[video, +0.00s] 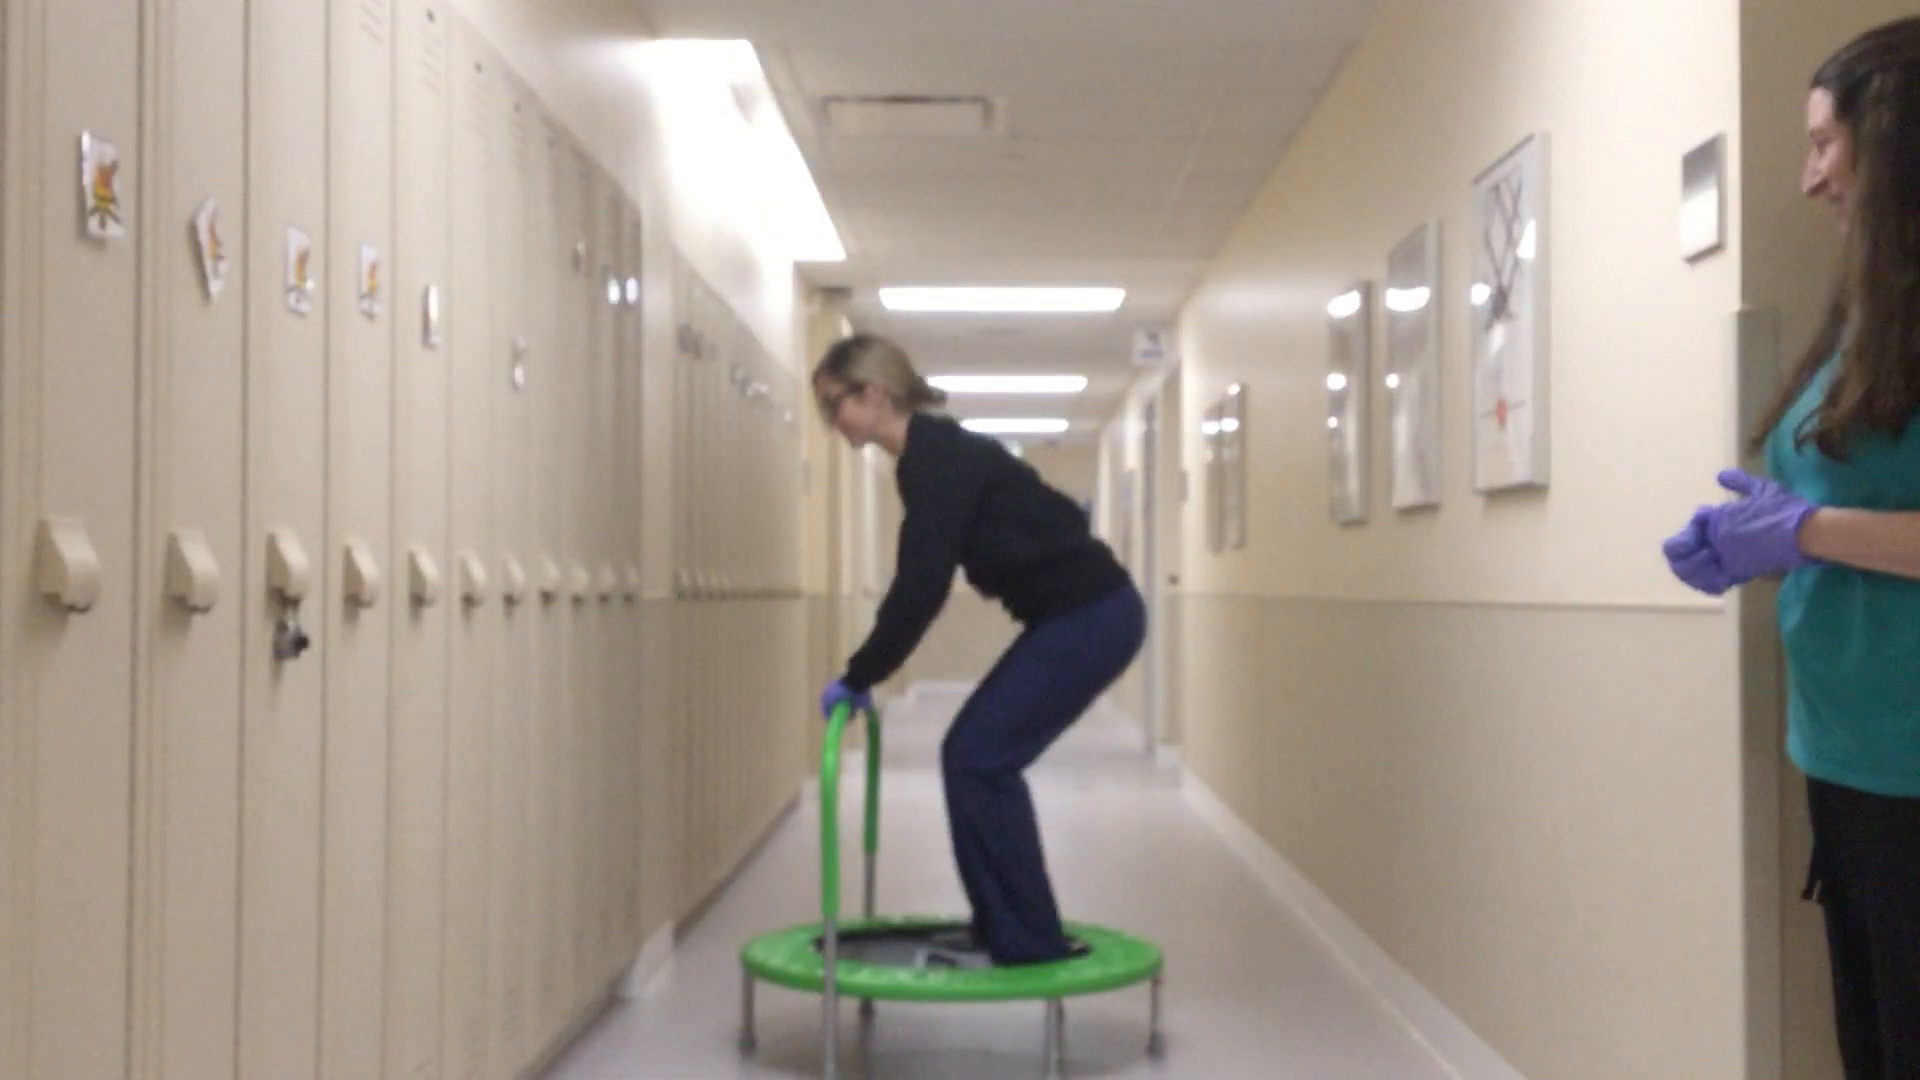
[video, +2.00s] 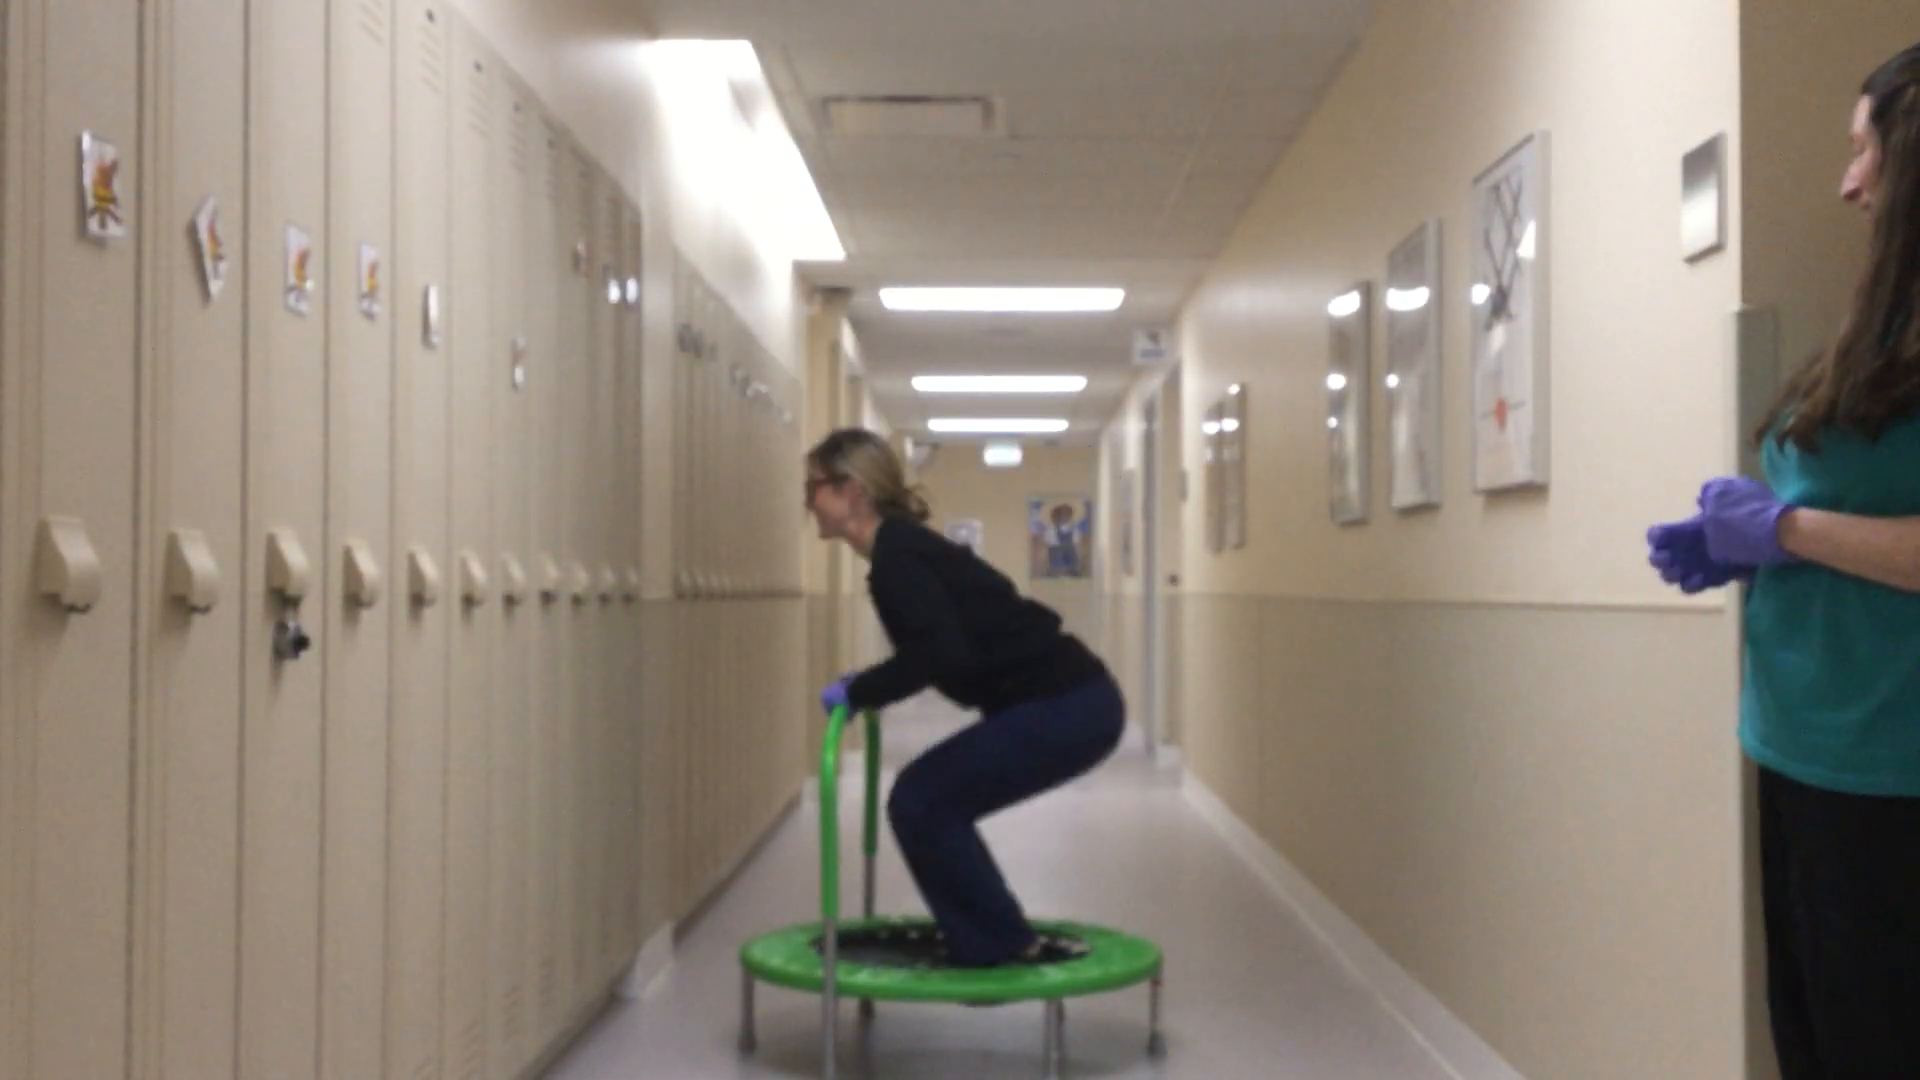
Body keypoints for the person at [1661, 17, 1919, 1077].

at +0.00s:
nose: (1810, 174)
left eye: (1827, 142)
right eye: (1811, 144)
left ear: (1894, 144)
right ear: (1879, 151)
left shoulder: (1910, 328)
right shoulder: (1859, 322)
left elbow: (1919, 536)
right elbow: (1836, 494)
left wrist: (1805, 532)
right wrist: (1767, 510)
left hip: (1906, 768)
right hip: (1842, 759)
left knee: (1904, 1044)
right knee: (1867, 1043)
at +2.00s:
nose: (1849, 182)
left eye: (1864, 151)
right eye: (1853, 151)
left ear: (1913, 159)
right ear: (1886, 161)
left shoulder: (1911, 341)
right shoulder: (1870, 334)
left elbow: (1916, 550)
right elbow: (1850, 508)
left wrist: (1787, 529)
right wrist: (1738, 536)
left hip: (1883, 762)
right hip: (1797, 749)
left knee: (1874, 1039)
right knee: (1807, 1031)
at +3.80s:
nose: (1870, 150)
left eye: (1899, 123)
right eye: (1848, 127)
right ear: (1824, 149)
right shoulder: (1829, 299)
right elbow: (1793, 461)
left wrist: (1796, 522)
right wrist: (1745, 490)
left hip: (1901, 737)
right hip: (1819, 729)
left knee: (1899, 1026)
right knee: (1857, 1027)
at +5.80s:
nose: (1876, 155)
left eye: (1901, 126)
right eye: (1853, 133)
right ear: (1832, 157)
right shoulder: (1839, 302)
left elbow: (1917, 524)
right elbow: (1802, 467)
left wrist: (1790, 520)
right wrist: (1748, 504)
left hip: (1900, 748)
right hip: (1819, 740)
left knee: (1897, 1035)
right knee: (1854, 1034)